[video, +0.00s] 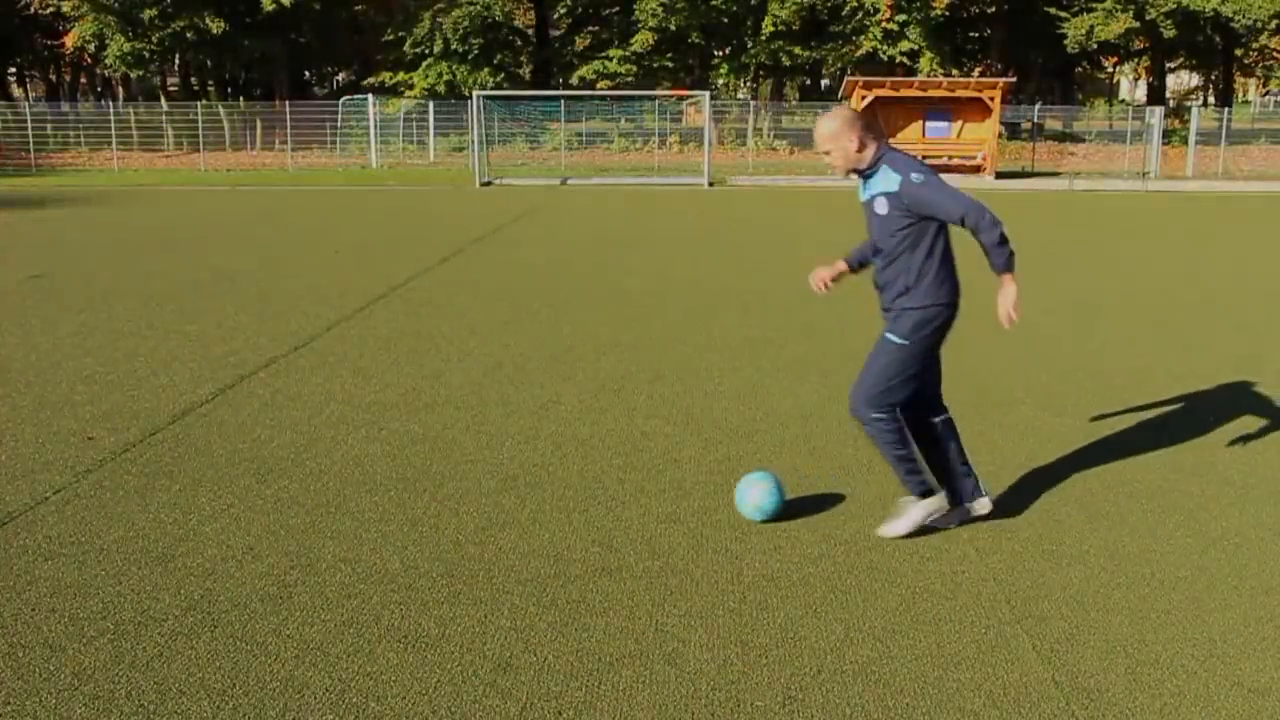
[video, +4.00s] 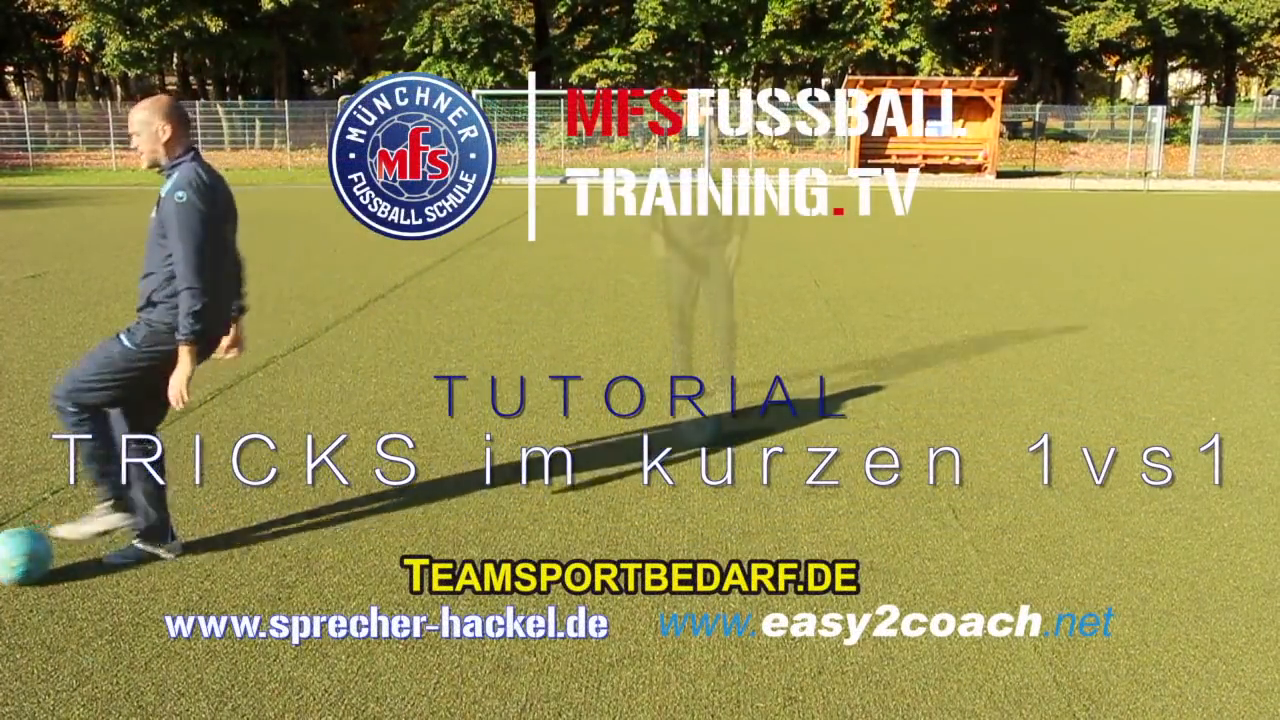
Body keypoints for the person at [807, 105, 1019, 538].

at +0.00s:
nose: (828, 163)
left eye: (830, 154)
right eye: (825, 155)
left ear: (857, 143)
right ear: (856, 144)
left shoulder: (905, 177)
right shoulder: (873, 175)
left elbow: (977, 216)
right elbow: (887, 238)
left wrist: (1007, 278)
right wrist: (843, 265)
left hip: (923, 308)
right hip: (907, 307)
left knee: (869, 402)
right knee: (923, 405)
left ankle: (925, 495)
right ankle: (969, 496)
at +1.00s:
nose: (620, 103)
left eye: (620, 93)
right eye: (616, 94)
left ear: (646, 79)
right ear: (654, 74)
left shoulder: (675, 121)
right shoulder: (708, 95)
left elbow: (692, 212)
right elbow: (771, 124)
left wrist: (656, 273)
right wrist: (805, 173)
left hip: (716, 250)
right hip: (720, 235)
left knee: (690, 357)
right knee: (620, 280)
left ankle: (679, 477)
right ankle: (642, 389)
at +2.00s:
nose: (502, 173)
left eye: (501, 163)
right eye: (498, 165)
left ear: (523, 151)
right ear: (530, 146)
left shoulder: (547, 193)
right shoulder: (592, 166)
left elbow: (565, 278)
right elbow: (649, 204)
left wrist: (576, 348)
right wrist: (685, 253)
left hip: (582, 316)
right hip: (608, 303)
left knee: (586, 426)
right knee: (529, 380)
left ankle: (654, 517)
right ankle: (476, 457)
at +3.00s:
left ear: (388, 194)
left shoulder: (406, 224)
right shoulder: (445, 199)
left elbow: (437, 282)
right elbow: (500, 225)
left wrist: (454, 345)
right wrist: (519, 274)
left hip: (470, 310)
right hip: (495, 299)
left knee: (403, 394)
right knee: (454, 390)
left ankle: (468, 475)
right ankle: (473, 476)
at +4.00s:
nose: (133, 146)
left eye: (137, 136)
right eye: (131, 137)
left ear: (166, 131)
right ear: (172, 132)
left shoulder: (183, 187)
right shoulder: (207, 179)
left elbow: (190, 280)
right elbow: (229, 255)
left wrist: (186, 358)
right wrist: (235, 317)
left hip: (163, 328)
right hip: (193, 327)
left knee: (72, 397)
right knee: (133, 422)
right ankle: (155, 534)